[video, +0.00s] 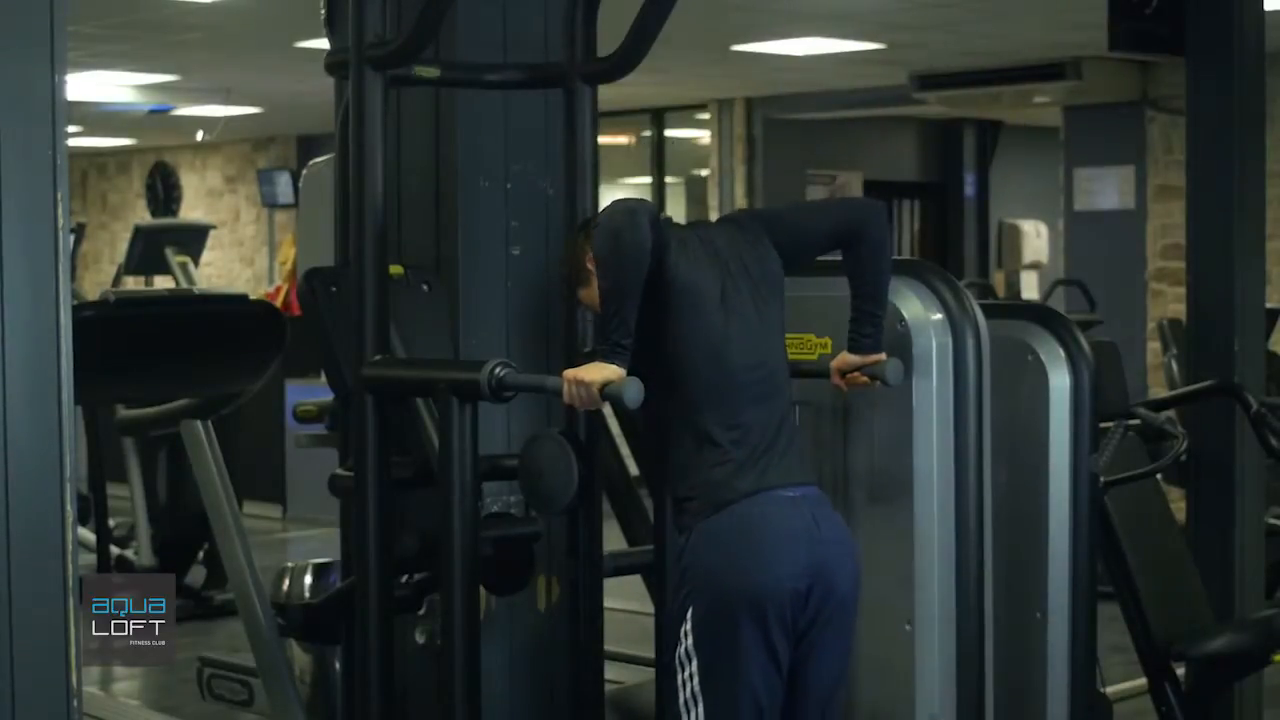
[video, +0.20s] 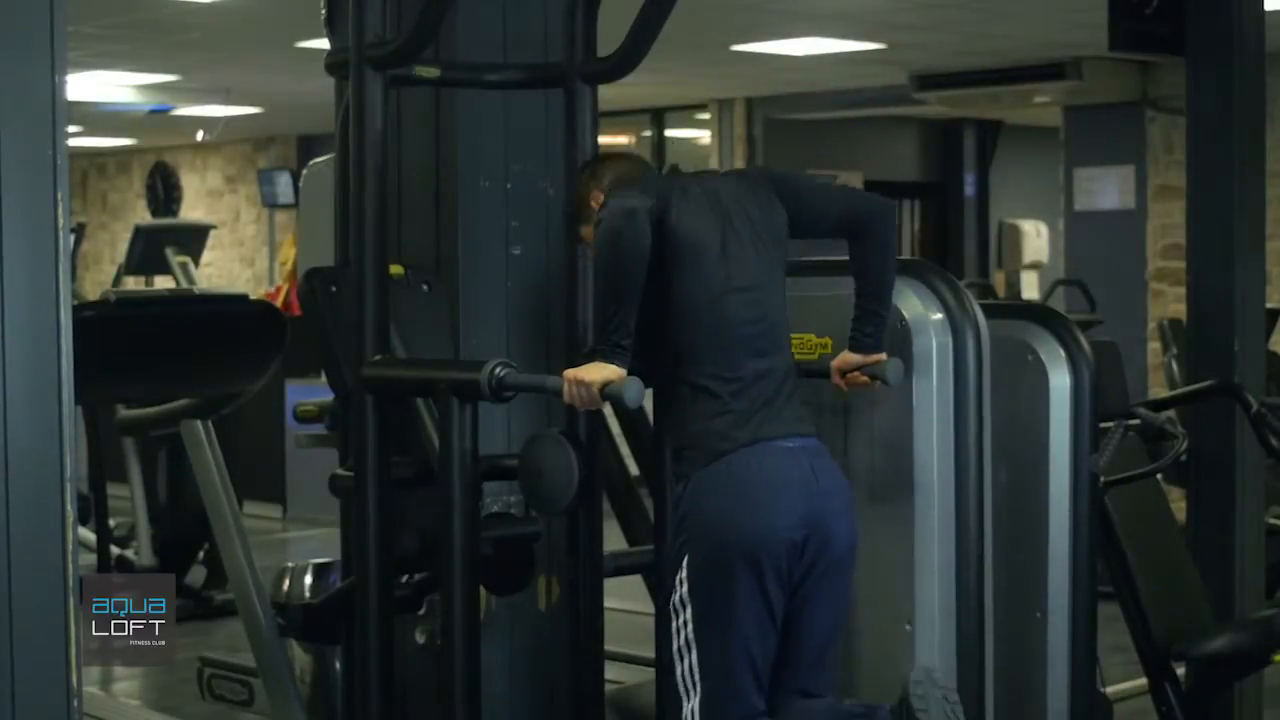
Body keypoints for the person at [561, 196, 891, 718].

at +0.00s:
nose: (600, 310)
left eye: (592, 297)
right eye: (593, 304)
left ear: (596, 262)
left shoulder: (639, 248)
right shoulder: (747, 233)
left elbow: (628, 215)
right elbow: (867, 216)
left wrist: (611, 352)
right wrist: (866, 341)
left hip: (728, 537)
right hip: (815, 517)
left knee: (723, 705)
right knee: (816, 707)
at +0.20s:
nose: (592, 235)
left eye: (591, 222)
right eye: (588, 227)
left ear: (605, 200)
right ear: (655, 170)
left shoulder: (633, 195)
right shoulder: (755, 187)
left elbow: (626, 221)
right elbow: (874, 214)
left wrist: (611, 352)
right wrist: (868, 342)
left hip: (725, 483)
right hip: (811, 465)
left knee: (720, 702)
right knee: (805, 698)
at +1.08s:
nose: (611, 120)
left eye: (604, 104)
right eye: (604, 111)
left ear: (621, 72)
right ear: (676, 56)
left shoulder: (652, 94)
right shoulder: (780, 102)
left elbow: (638, 212)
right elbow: (863, 207)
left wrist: (614, 349)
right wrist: (867, 338)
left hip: (720, 387)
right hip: (807, 376)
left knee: (700, 642)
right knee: (770, 607)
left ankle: (881, 697)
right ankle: (876, 626)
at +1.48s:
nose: (600, 206)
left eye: (595, 193)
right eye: (593, 199)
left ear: (608, 157)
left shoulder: (639, 159)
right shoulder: (768, 162)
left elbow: (624, 219)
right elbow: (877, 208)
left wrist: (613, 349)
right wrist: (869, 338)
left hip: (720, 465)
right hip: (809, 452)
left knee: (713, 700)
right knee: (789, 683)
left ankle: (880, 706)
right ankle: (885, 705)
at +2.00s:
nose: (593, 329)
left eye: (587, 318)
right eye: (585, 324)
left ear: (593, 281)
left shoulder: (634, 268)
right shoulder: (744, 244)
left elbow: (627, 213)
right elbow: (863, 213)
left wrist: (611, 347)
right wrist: (867, 337)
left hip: (722, 551)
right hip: (808, 529)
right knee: (812, 708)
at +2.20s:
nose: (591, 324)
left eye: (584, 311)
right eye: (584, 319)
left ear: (592, 275)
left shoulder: (632, 263)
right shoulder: (741, 238)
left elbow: (627, 212)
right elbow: (859, 213)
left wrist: (611, 346)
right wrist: (866, 338)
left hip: (722, 545)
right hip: (809, 525)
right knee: (811, 708)